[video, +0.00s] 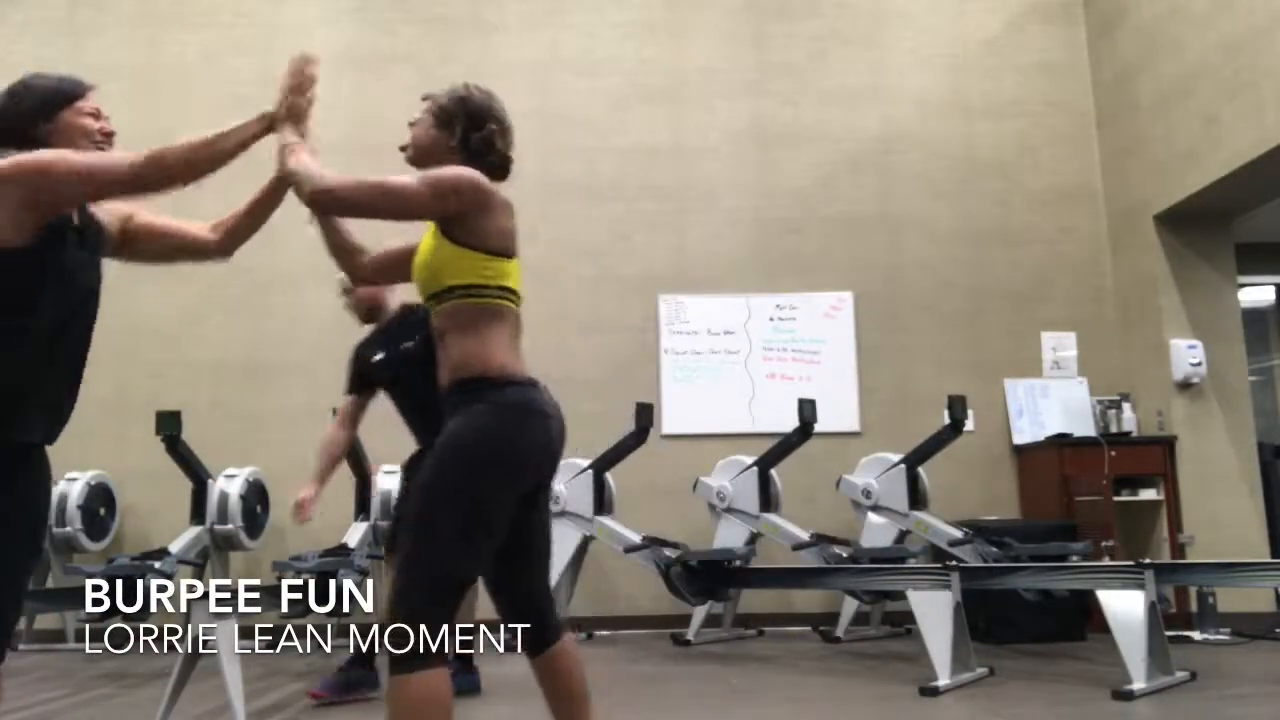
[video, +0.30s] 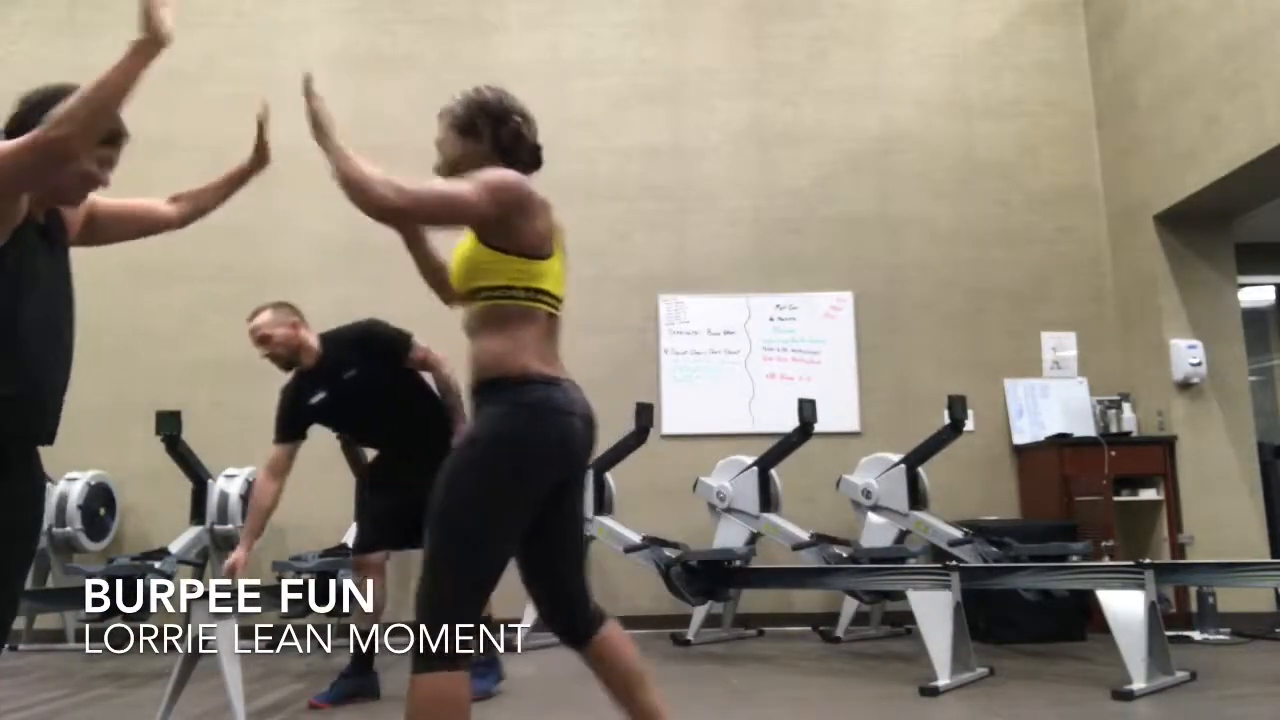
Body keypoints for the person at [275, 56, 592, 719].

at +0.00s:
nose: (409, 128)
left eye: (424, 118)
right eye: (417, 116)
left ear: (457, 134)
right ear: (454, 135)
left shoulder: (467, 190)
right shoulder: (450, 238)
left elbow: (323, 191)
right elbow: (360, 265)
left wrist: (294, 149)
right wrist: (316, 197)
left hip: (490, 422)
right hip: (514, 421)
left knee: (411, 623)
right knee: (531, 613)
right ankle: (578, 716)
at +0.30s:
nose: (437, 148)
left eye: (446, 134)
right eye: (439, 135)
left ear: (479, 138)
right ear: (498, 143)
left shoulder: (507, 188)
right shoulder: (513, 215)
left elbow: (388, 200)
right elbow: (452, 289)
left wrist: (331, 143)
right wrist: (409, 227)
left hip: (519, 418)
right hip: (552, 416)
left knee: (442, 620)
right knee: (568, 608)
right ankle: (655, 713)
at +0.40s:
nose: (464, 200)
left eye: (468, 183)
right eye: (461, 186)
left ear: (506, 171)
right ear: (505, 175)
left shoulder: (554, 212)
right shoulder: (532, 244)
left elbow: (513, 257)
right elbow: (497, 336)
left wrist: (394, 220)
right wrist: (426, 287)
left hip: (574, 429)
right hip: (597, 429)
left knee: (484, 623)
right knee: (627, 627)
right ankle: (698, 714)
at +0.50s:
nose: (480, 221)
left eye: (482, 202)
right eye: (475, 207)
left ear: (521, 185)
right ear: (521, 189)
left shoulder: (584, 224)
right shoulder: (559, 262)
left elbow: (571, 288)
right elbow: (539, 372)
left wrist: (440, 315)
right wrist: (457, 380)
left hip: (635, 427)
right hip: (632, 431)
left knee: (552, 623)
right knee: (649, 623)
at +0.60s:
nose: (480, 240)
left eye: (480, 222)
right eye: (473, 228)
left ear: (513, 197)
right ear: (514, 202)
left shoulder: (581, 229)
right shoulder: (558, 267)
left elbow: (571, 327)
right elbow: (566, 396)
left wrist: (487, 401)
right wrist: (502, 456)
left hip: (677, 415)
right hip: (663, 422)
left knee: (619, 613)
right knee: (674, 618)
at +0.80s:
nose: (461, 397)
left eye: (456, 383)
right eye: (451, 389)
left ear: (481, 354)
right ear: (488, 347)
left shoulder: (557, 361)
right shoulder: (550, 371)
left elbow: (557, 499)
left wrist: (519, 623)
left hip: (765, 437)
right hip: (724, 455)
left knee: (701, 625)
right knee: (656, 615)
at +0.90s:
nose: (465, 515)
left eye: (462, 499)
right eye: (456, 504)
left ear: (493, 471)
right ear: (497, 464)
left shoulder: (565, 466)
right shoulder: (556, 470)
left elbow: (565, 620)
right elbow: (560, 618)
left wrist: (541, 709)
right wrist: (542, 705)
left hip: (785, 478)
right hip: (740, 491)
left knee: (678, 642)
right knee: (641, 628)